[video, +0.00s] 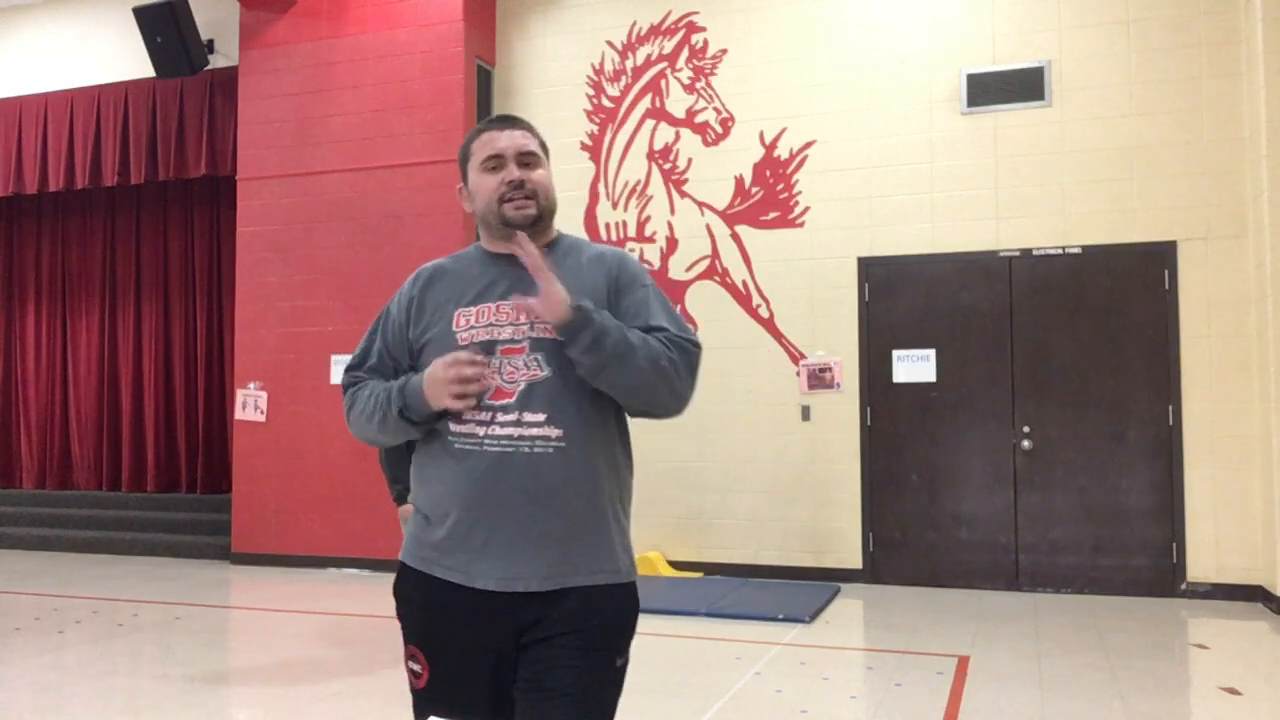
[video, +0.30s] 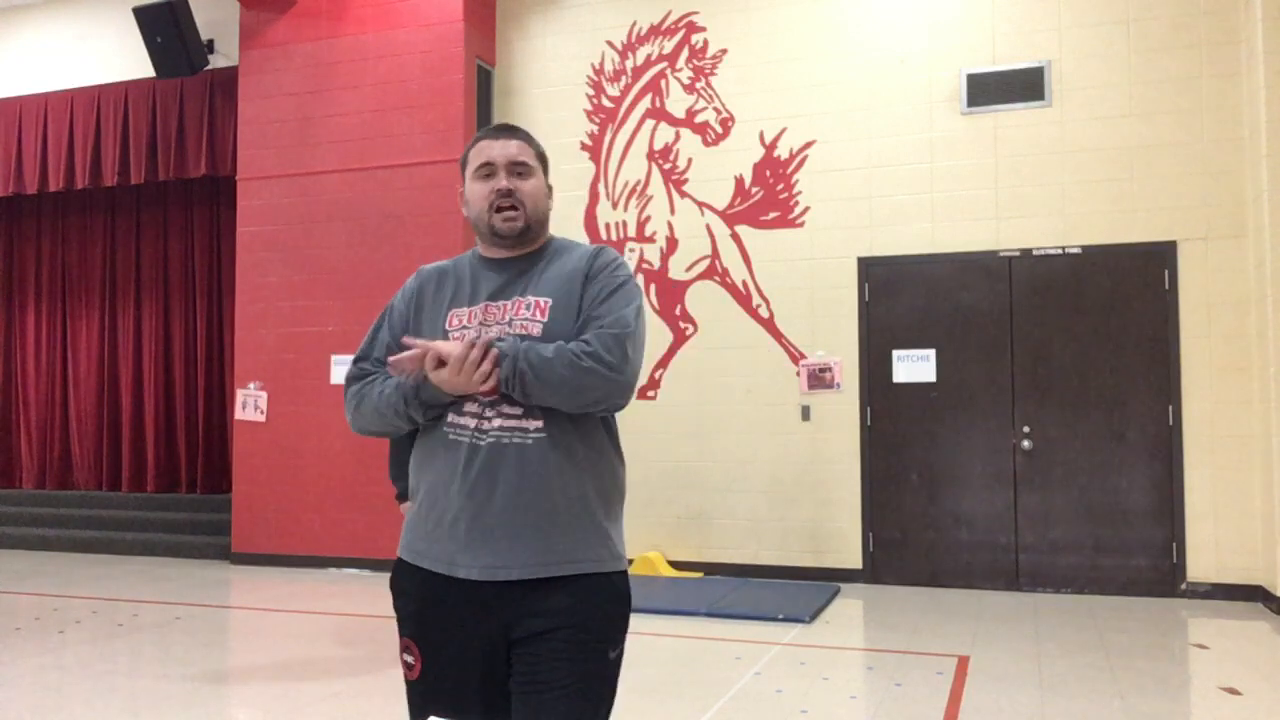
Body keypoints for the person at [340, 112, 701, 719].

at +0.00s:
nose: (516, 175)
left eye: (529, 161)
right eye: (494, 165)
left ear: (553, 181)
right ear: (465, 195)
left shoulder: (613, 273)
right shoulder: (427, 287)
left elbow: (671, 383)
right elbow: (360, 404)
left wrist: (576, 324)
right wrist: (419, 393)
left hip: (583, 581)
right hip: (449, 582)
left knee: (568, 711)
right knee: (456, 713)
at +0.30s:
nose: (503, 184)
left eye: (520, 171)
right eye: (485, 173)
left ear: (549, 190)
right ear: (463, 200)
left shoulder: (598, 271)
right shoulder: (424, 289)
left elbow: (609, 375)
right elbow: (362, 402)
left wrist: (470, 359)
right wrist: (432, 390)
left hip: (572, 573)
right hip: (441, 576)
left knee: (561, 710)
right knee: (447, 714)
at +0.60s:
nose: (507, 182)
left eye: (523, 171)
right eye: (489, 172)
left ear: (548, 193)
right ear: (462, 198)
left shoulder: (596, 274)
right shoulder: (419, 294)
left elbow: (618, 377)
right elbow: (361, 407)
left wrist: (484, 371)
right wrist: (420, 404)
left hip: (573, 576)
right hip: (441, 578)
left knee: (562, 711)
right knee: (448, 714)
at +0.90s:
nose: (520, 182)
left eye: (533, 172)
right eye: (500, 170)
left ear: (549, 193)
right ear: (464, 194)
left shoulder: (598, 280)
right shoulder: (415, 292)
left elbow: (666, 374)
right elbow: (342, 399)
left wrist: (573, 373)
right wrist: (419, 395)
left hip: (577, 580)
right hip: (446, 582)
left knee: (568, 711)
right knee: (452, 714)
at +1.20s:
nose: (545, 184)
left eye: (551, 173)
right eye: (523, 170)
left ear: (562, 190)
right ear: (475, 192)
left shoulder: (610, 275)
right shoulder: (420, 287)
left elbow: (724, 294)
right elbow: (312, 359)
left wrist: (651, 315)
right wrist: (381, 374)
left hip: (579, 583)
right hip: (447, 583)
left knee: (570, 712)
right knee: (454, 713)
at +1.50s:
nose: (546, 181)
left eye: (559, 171)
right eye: (526, 166)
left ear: (573, 192)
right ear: (484, 188)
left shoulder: (616, 280)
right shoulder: (430, 283)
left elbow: (683, 376)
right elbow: (367, 415)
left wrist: (625, 300)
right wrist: (400, 372)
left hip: (586, 582)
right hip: (454, 582)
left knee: (577, 710)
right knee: (459, 713)